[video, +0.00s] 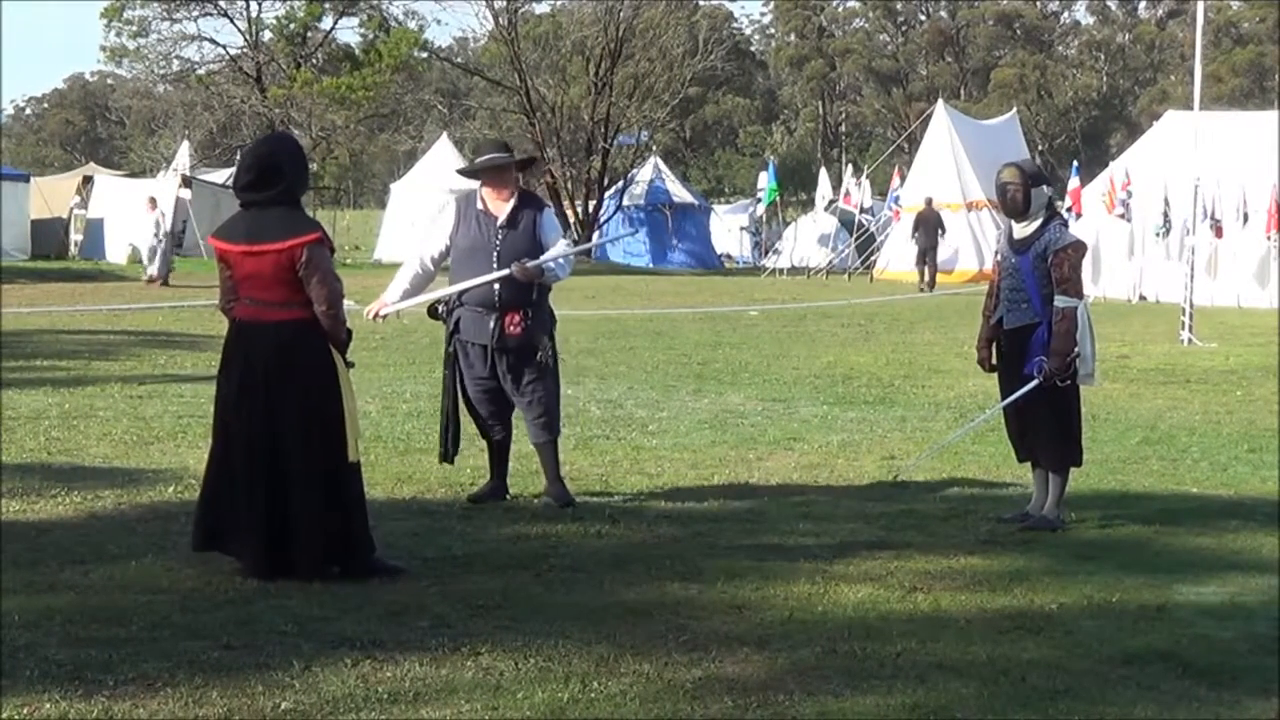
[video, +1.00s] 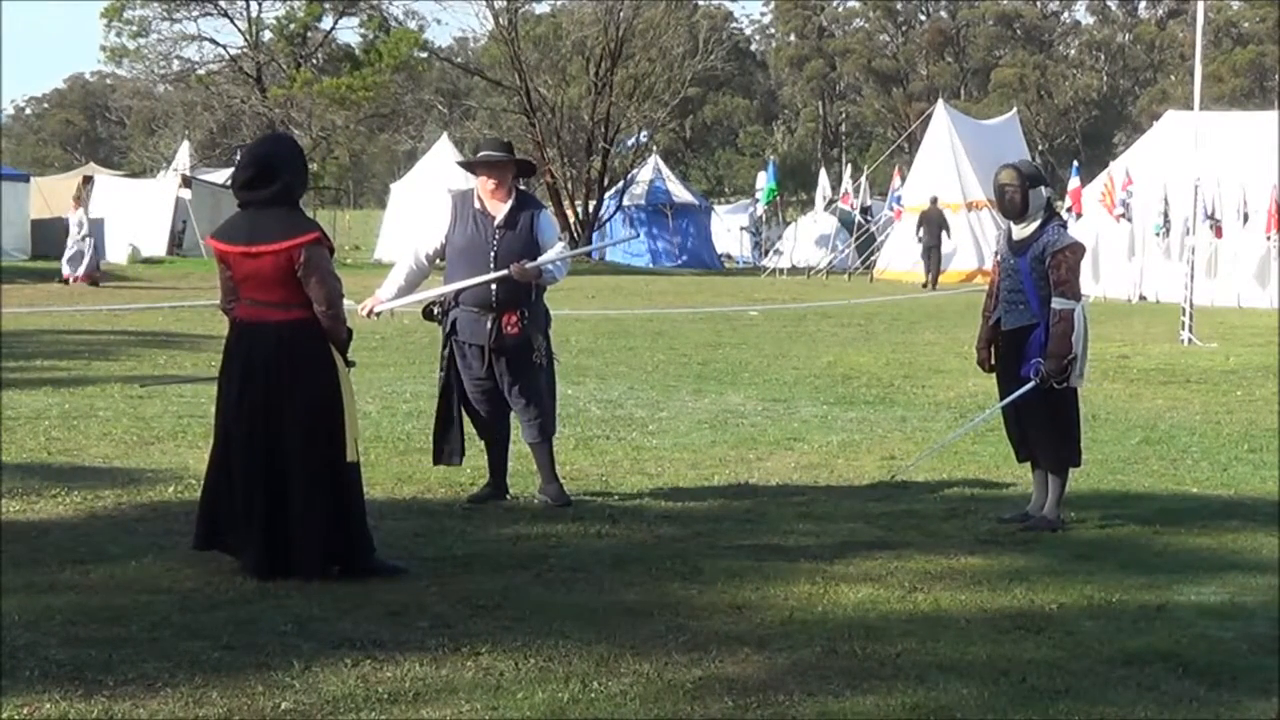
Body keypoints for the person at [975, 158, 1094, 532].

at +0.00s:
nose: (1006, 197)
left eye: (1014, 190)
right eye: (1002, 190)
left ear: (1037, 193)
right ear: (999, 194)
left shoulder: (1057, 237)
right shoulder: (1008, 234)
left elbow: (1067, 300)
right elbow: (997, 288)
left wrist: (1060, 354)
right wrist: (986, 335)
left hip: (1046, 337)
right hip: (1013, 338)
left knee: (1052, 417)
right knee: (1026, 416)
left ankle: (1053, 507)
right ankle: (1038, 501)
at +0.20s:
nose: (1006, 197)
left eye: (1014, 189)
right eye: (1002, 190)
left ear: (1036, 193)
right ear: (999, 194)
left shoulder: (1057, 237)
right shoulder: (1007, 235)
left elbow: (1068, 300)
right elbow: (996, 288)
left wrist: (1059, 354)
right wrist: (986, 335)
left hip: (1045, 338)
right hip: (1012, 339)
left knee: (1052, 417)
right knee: (1026, 417)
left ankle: (1053, 508)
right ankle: (1038, 502)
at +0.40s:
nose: (1005, 197)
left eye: (1013, 190)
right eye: (1001, 190)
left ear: (1036, 193)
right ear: (998, 195)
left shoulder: (1057, 238)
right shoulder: (1007, 236)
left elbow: (1067, 301)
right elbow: (996, 290)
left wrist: (1059, 355)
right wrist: (986, 336)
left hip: (1045, 338)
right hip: (1012, 339)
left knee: (1051, 417)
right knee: (1026, 417)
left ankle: (1053, 508)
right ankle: (1038, 502)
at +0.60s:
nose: (1003, 198)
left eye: (1011, 190)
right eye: (1000, 191)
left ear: (1035, 194)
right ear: (997, 195)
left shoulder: (1057, 238)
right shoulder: (1007, 236)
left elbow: (1067, 301)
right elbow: (996, 290)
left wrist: (1059, 354)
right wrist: (986, 337)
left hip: (1045, 339)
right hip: (1012, 340)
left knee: (1051, 418)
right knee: (1026, 417)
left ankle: (1053, 508)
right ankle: (1038, 501)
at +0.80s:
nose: (1004, 198)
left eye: (1012, 191)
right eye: (1000, 191)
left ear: (1035, 194)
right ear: (997, 196)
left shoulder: (1057, 238)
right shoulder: (1007, 235)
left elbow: (1066, 302)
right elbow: (996, 290)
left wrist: (1058, 355)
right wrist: (986, 336)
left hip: (1044, 339)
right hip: (1011, 340)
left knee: (1051, 418)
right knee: (1026, 417)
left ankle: (1053, 508)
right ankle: (1038, 502)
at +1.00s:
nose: (1004, 198)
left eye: (1012, 191)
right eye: (1000, 191)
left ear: (1035, 194)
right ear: (997, 196)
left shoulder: (1056, 238)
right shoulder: (1008, 236)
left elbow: (1065, 302)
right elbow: (996, 290)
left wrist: (1058, 354)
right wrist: (986, 336)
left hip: (1044, 339)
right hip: (1011, 339)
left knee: (1051, 419)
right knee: (1025, 418)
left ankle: (1053, 508)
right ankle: (1038, 502)